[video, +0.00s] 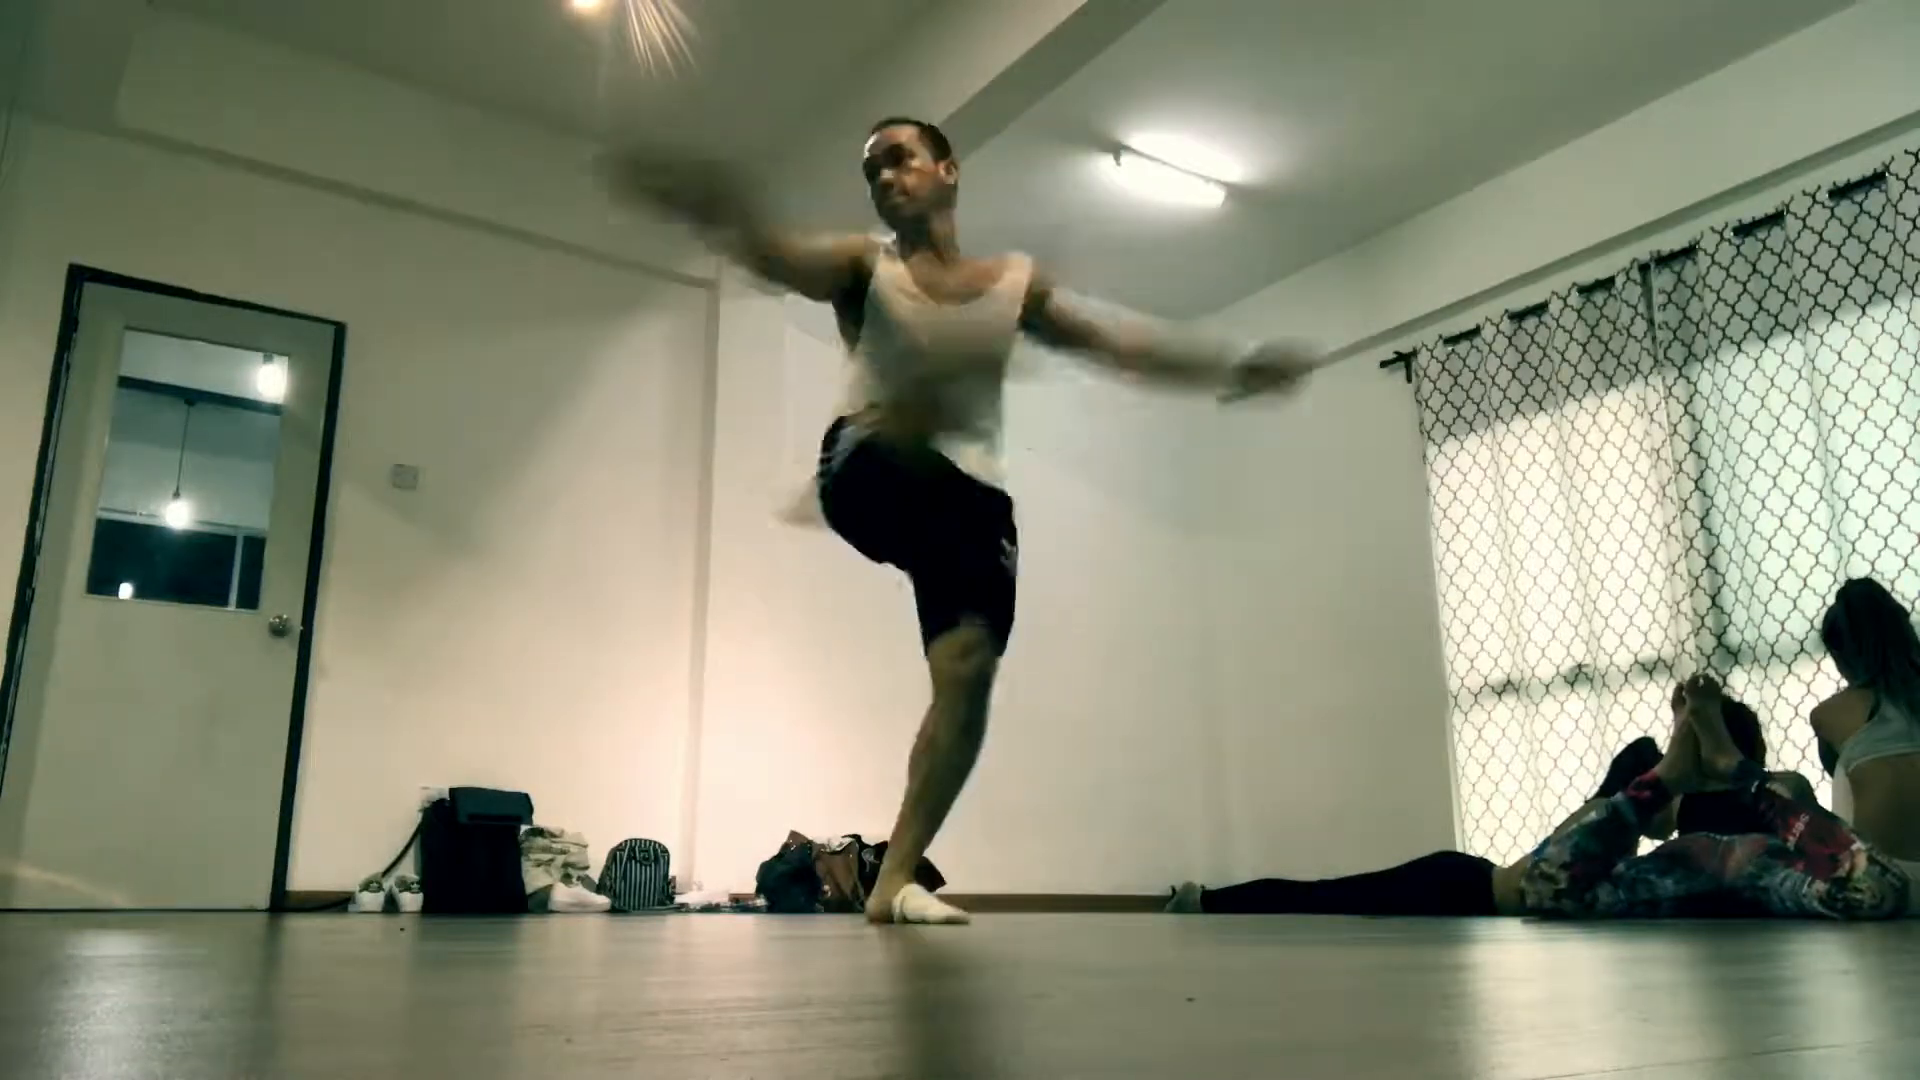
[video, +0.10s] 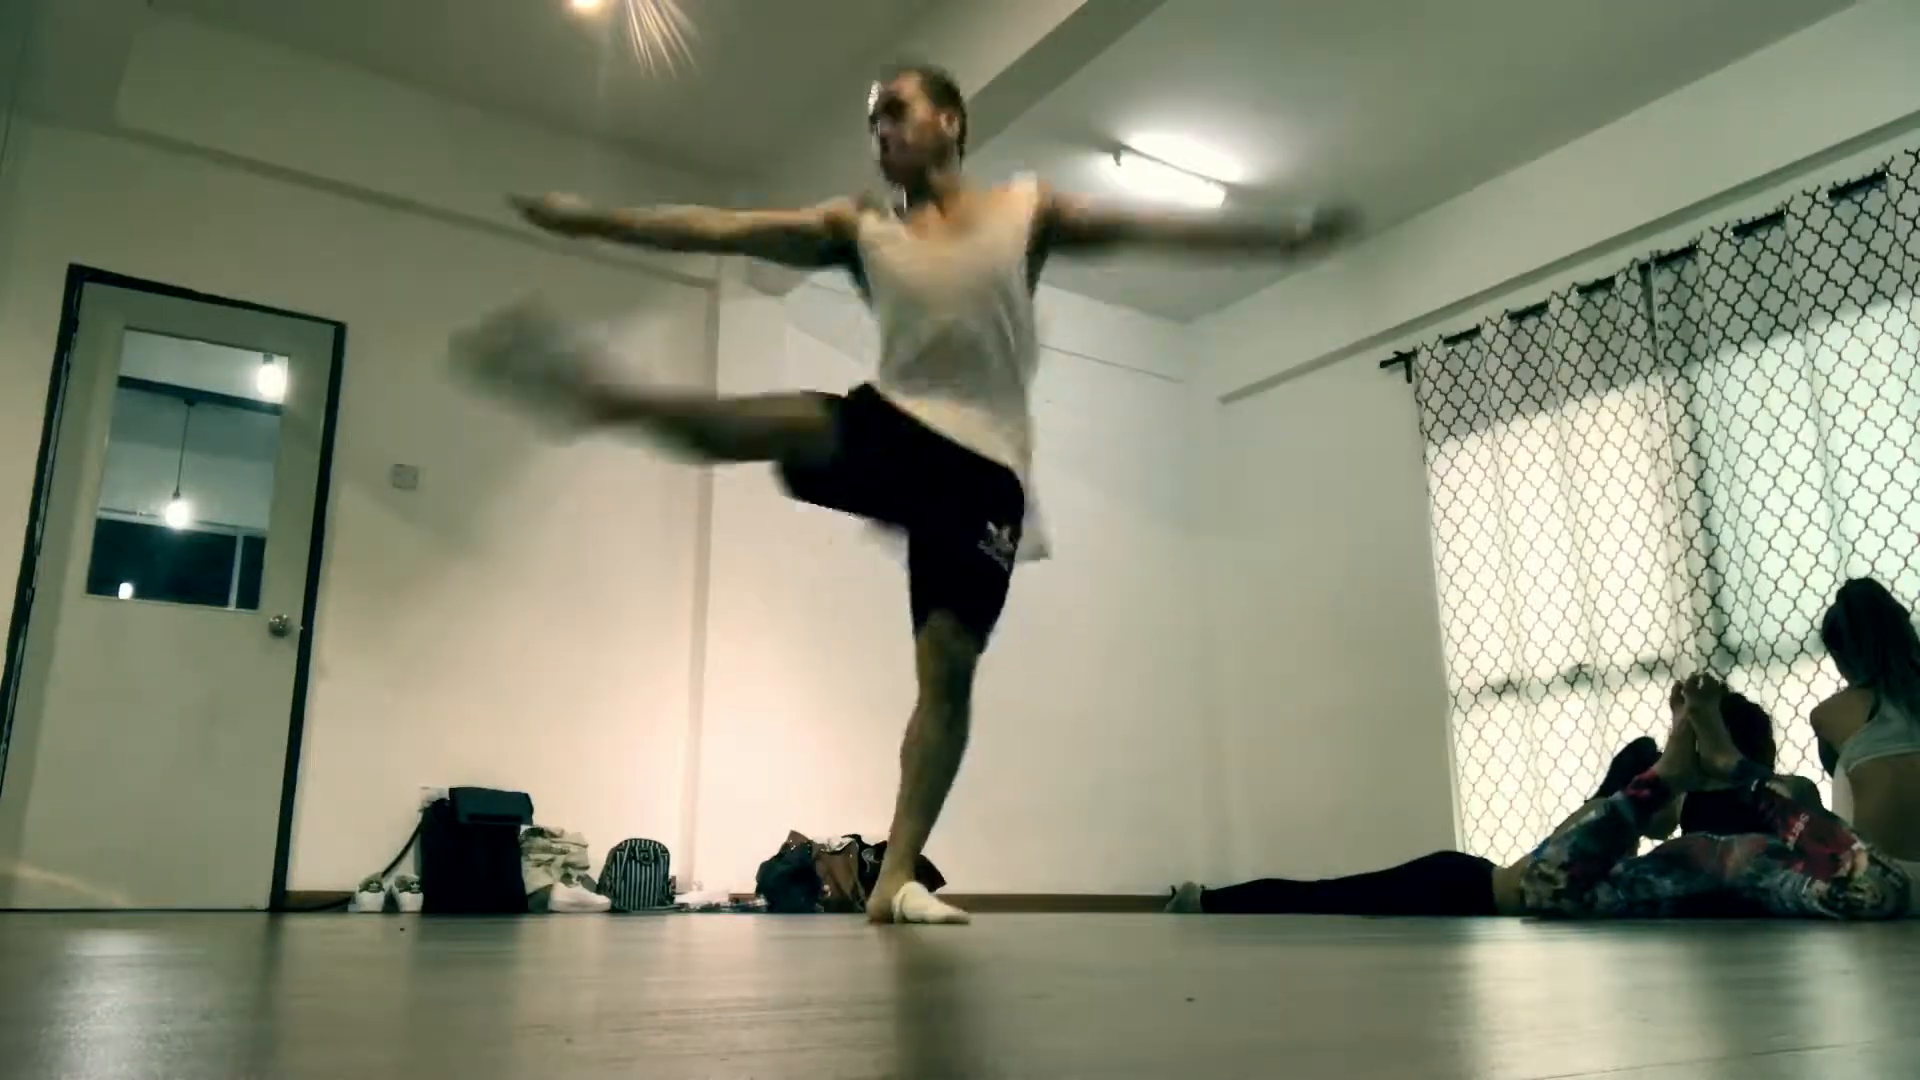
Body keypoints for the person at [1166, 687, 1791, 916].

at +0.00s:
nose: (1676, 725)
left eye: (1691, 716)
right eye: (1678, 714)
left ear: (1723, 735)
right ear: (1682, 732)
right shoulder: (1641, 798)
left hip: (1480, 887)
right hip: (1472, 880)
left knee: (1337, 899)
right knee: (1333, 896)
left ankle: (1211, 901)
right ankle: (1205, 901)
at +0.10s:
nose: (1676, 718)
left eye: (1691, 714)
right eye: (1679, 710)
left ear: (1723, 740)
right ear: (1689, 731)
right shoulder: (1645, 785)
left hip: (1483, 887)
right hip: (1475, 878)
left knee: (1338, 899)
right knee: (1333, 894)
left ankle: (1212, 902)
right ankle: (1208, 900)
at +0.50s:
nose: (1668, 801)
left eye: (1666, 790)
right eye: (1662, 787)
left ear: (1643, 784)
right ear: (1642, 786)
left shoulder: (1622, 820)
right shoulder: (1612, 824)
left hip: (1470, 882)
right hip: (1463, 885)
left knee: (1334, 893)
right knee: (1330, 897)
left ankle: (1211, 897)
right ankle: (1204, 902)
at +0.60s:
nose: (1690, 774)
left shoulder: (1639, 808)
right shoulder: (1630, 808)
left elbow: (1663, 779)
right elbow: (1659, 780)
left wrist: (1686, 731)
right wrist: (1688, 731)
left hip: (1473, 885)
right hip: (1471, 885)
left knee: (1341, 896)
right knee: (1337, 898)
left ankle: (1214, 899)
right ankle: (1210, 900)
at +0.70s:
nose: (1694, 769)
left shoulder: (1634, 806)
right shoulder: (1629, 807)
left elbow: (1660, 782)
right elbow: (1658, 784)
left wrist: (1685, 721)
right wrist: (1685, 722)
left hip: (1474, 883)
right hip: (1470, 882)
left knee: (1335, 895)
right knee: (1332, 896)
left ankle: (1210, 899)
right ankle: (1206, 900)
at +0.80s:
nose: (1700, 728)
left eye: (1716, 724)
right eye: (1705, 718)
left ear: (1734, 744)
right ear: (1705, 729)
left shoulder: (1705, 800)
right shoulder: (1662, 779)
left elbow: (1650, 806)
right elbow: (1639, 801)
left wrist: (1686, 732)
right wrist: (1679, 735)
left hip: (1489, 887)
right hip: (1483, 880)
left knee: (1340, 898)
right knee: (1336, 894)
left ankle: (1212, 901)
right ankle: (1209, 900)